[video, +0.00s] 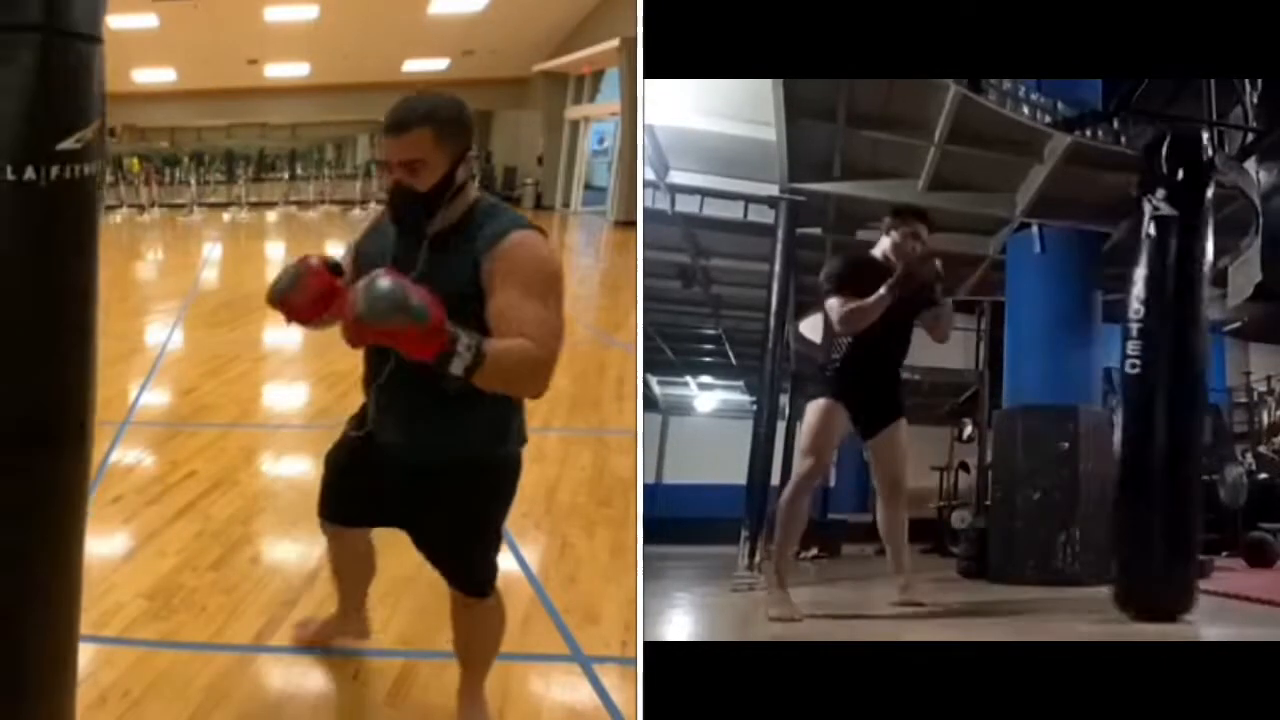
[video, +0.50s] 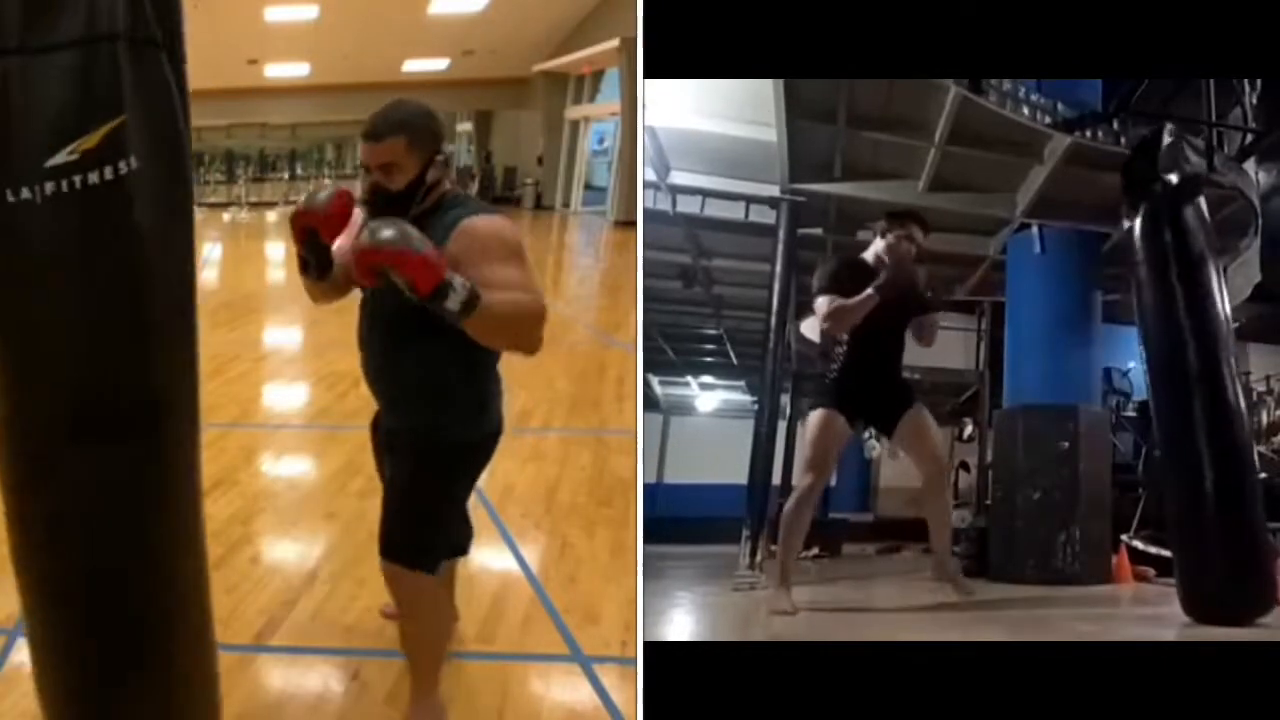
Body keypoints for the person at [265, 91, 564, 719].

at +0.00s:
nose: (396, 181)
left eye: (413, 167)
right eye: (388, 166)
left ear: (460, 161)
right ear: (380, 161)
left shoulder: (515, 247)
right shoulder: (388, 229)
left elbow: (531, 372)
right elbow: (360, 323)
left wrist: (442, 343)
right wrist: (323, 298)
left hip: (471, 445)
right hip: (385, 426)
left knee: (471, 579)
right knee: (342, 504)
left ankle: (472, 695)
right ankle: (351, 619)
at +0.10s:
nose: (406, 184)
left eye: (422, 169)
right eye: (398, 169)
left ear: (467, 163)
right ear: (390, 163)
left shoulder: (522, 245)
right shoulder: (401, 226)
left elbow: (529, 368)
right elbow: (325, 306)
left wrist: (460, 309)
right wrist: (312, 271)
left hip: (478, 444)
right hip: (397, 422)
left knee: (477, 581)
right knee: (360, 500)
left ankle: (472, 694)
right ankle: (392, 592)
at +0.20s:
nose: (410, 182)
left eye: (424, 167)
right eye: (400, 167)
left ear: (468, 165)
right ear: (391, 165)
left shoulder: (516, 234)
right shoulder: (392, 229)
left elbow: (512, 348)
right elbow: (326, 304)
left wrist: (452, 262)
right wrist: (327, 246)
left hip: (477, 438)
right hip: (400, 421)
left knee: (474, 580)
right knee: (388, 503)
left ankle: (473, 695)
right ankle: (425, 589)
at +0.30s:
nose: (408, 186)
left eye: (422, 173)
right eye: (399, 172)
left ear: (463, 165)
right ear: (390, 166)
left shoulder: (509, 231)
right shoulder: (395, 224)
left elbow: (494, 329)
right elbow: (325, 300)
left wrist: (425, 257)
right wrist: (320, 252)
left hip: (467, 431)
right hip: (401, 418)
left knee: (454, 581)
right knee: (422, 521)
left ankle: (474, 692)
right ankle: (439, 603)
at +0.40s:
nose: (398, 195)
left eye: (413, 182)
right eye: (390, 180)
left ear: (452, 175)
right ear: (383, 173)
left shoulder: (498, 239)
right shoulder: (389, 228)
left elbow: (494, 343)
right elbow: (325, 302)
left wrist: (421, 282)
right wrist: (315, 252)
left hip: (456, 430)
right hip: (398, 415)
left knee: (420, 572)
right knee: (419, 514)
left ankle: (451, 692)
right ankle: (427, 603)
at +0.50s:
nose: (373, 182)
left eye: (388, 170)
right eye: (368, 169)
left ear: (430, 163)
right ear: (364, 161)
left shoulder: (480, 231)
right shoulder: (381, 217)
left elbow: (527, 332)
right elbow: (329, 289)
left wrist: (441, 288)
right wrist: (312, 248)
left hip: (450, 424)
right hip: (400, 410)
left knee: (409, 562)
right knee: (423, 520)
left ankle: (424, 700)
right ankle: (436, 606)